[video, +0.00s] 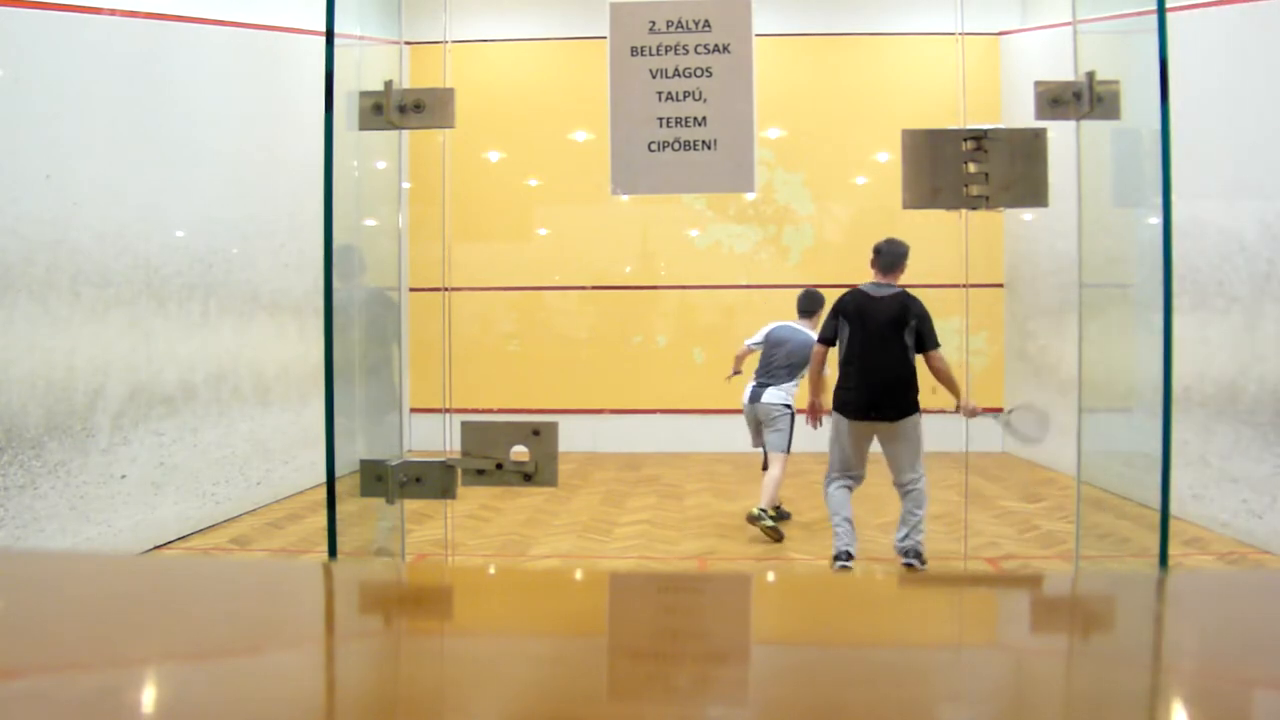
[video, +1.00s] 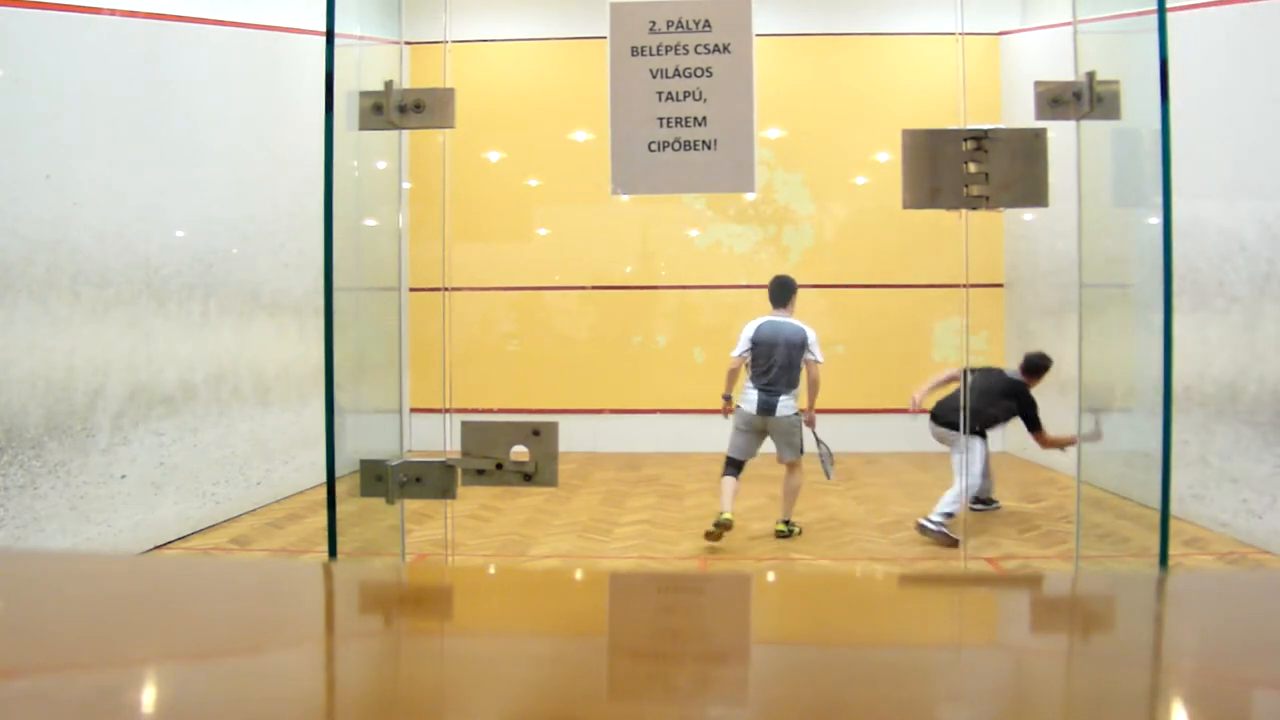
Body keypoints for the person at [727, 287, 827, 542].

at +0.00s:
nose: (820, 315)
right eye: (821, 311)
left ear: (798, 308)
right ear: (819, 312)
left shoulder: (776, 328)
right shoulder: (816, 343)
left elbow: (742, 351)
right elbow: (819, 377)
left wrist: (736, 368)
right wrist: (818, 403)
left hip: (753, 396)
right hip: (779, 400)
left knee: (768, 454)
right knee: (777, 461)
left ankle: (772, 503)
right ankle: (763, 509)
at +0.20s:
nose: (814, 308)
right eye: (815, 304)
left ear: (792, 303)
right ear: (813, 306)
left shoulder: (773, 325)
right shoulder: (815, 338)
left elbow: (744, 355)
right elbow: (817, 372)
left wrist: (734, 385)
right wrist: (811, 403)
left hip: (759, 397)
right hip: (788, 400)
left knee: (769, 454)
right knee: (787, 460)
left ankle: (775, 505)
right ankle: (772, 505)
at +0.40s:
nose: (809, 302)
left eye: (805, 297)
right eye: (809, 298)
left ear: (785, 299)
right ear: (807, 301)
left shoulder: (766, 325)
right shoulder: (814, 333)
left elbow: (750, 360)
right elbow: (813, 363)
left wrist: (745, 395)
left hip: (763, 402)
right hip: (792, 404)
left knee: (770, 454)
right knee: (793, 461)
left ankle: (773, 507)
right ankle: (787, 513)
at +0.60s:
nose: (808, 302)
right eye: (808, 298)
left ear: (783, 299)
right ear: (806, 300)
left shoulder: (764, 327)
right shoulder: (815, 333)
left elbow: (749, 363)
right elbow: (816, 376)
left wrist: (747, 398)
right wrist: (801, 393)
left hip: (763, 403)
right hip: (793, 405)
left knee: (766, 457)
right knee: (796, 466)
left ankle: (769, 506)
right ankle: (783, 520)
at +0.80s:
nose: (808, 295)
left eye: (805, 291)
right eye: (808, 292)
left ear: (781, 293)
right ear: (805, 294)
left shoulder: (762, 320)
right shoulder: (814, 327)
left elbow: (745, 358)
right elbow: (818, 371)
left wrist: (740, 392)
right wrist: (811, 402)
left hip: (757, 399)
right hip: (790, 401)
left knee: (752, 458)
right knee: (793, 465)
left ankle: (747, 515)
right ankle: (784, 520)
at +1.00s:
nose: (796, 300)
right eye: (796, 296)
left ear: (770, 298)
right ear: (793, 298)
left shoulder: (753, 327)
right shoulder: (805, 332)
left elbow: (734, 366)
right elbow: (813, 376)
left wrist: (727, 395)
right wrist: (810, 409)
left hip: (750, 409)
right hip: (785, 412)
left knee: (732, 466)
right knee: (793, 466)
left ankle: (725, 514)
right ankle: (784, 521)